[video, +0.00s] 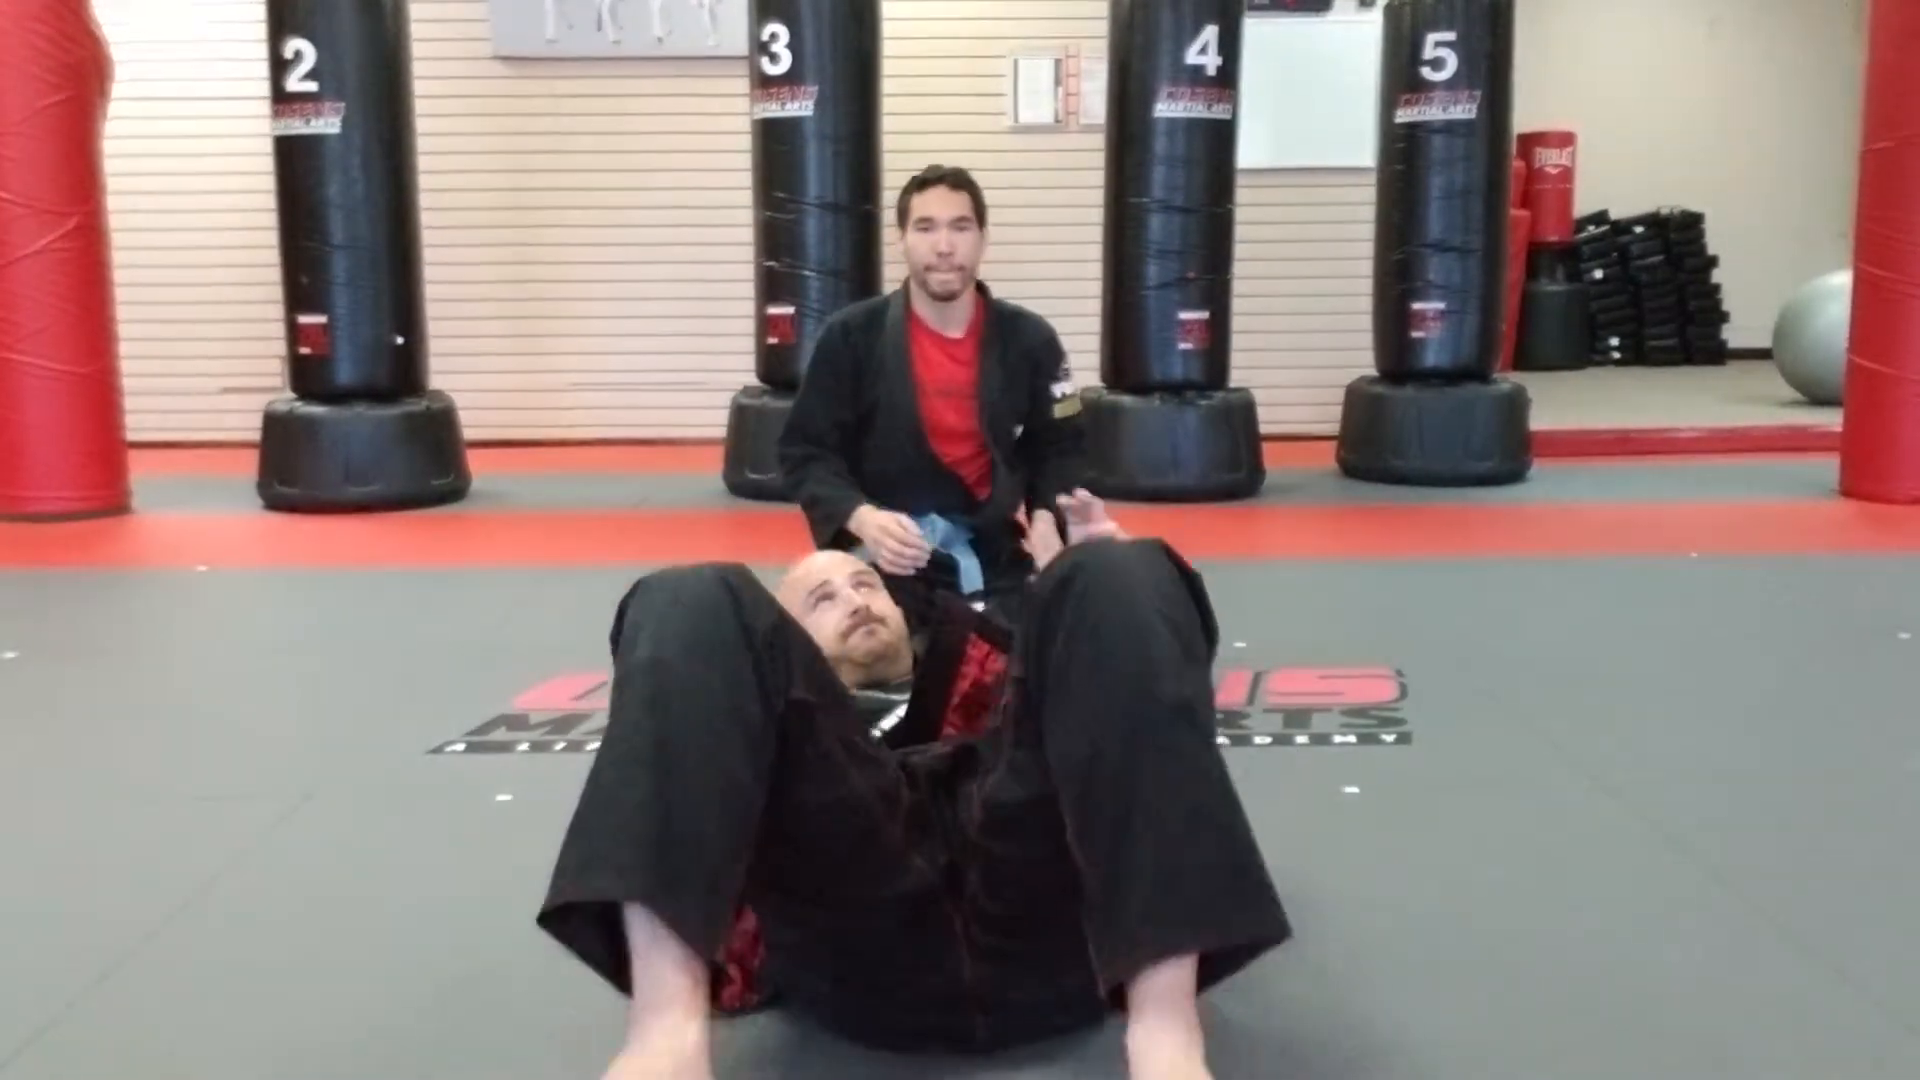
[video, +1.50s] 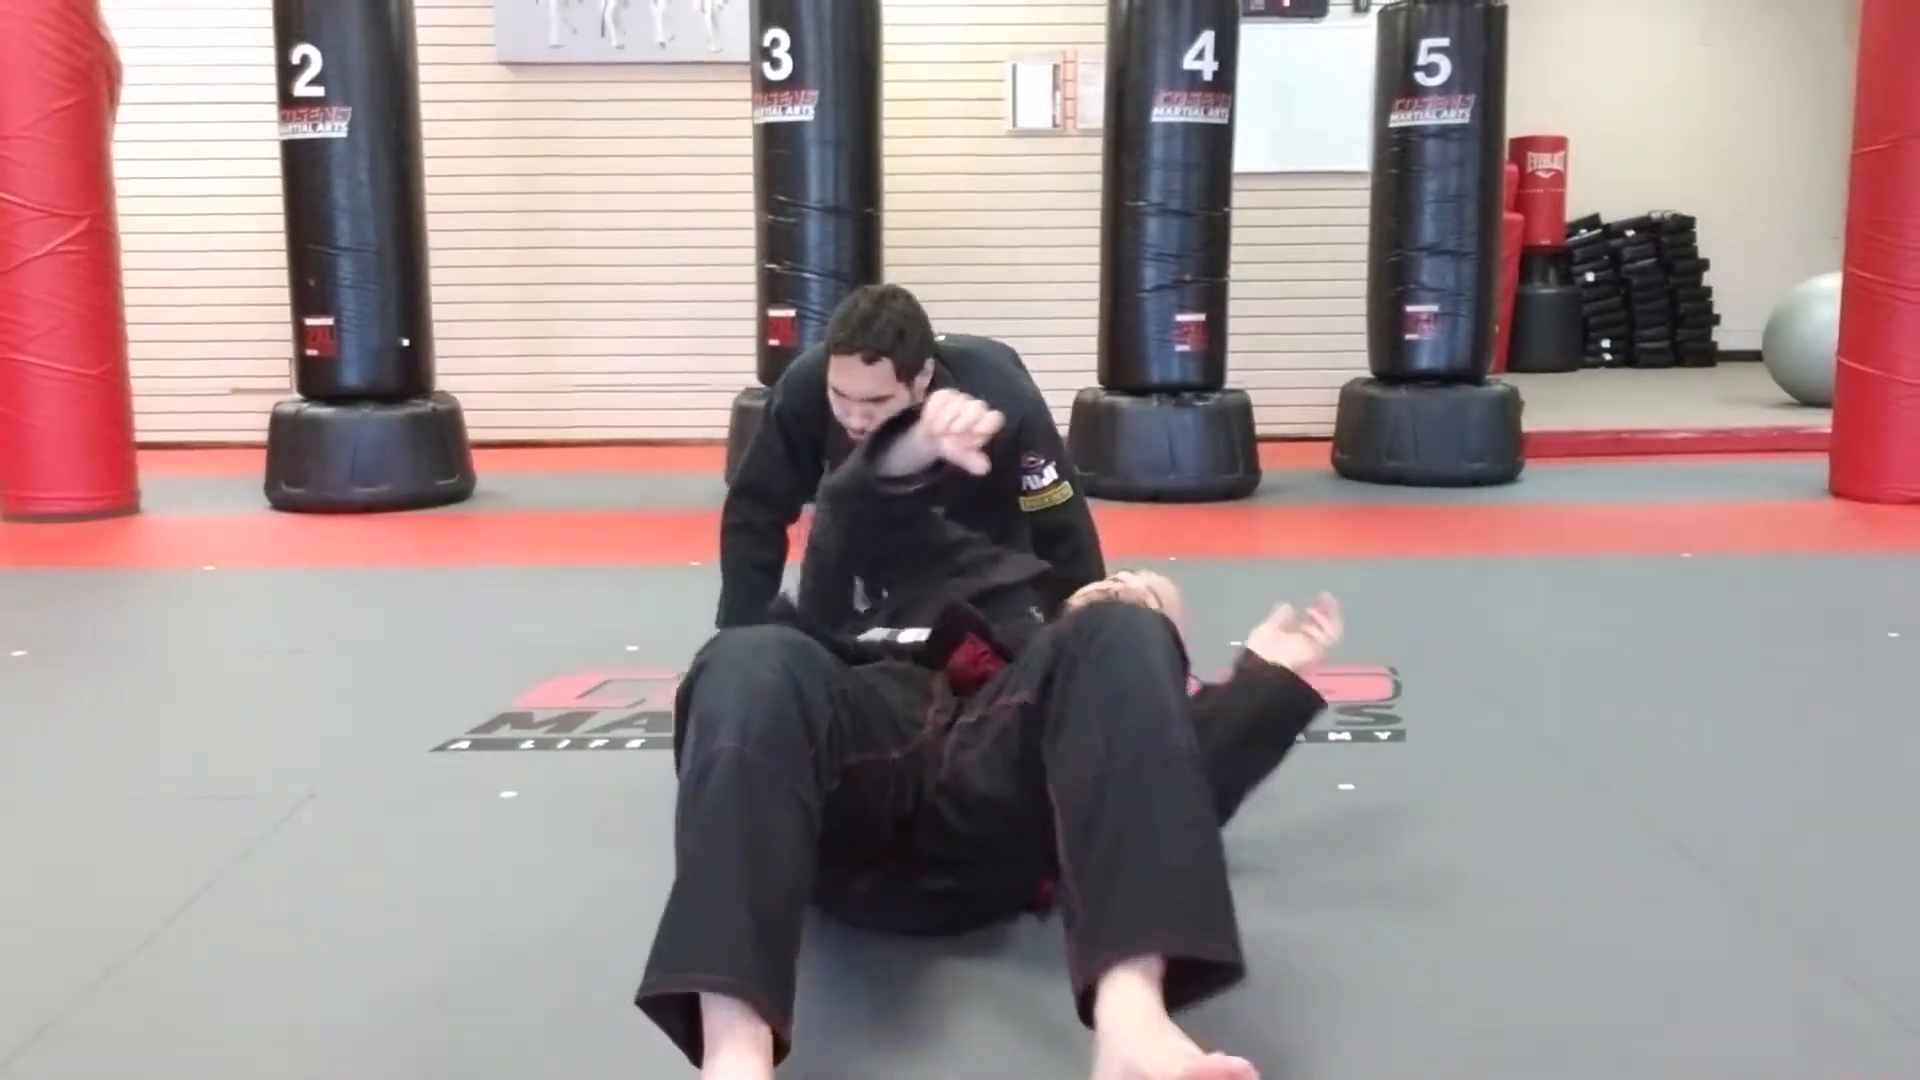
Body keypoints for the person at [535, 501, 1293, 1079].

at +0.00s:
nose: (847, 596)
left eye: (855, 581)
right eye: (818, 603)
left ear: (903, 593)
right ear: (798, 663)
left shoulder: (1024, 661)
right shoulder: (795, 736)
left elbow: (1176, 659)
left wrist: (1097, 575)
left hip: (1061, 959)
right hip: (863, 976)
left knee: (1119, 571)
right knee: (681, 598)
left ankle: (1167, 1027)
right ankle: (667, 1026)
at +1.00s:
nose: (909, 634)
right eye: (895, 626)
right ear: (867, 638)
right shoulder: (816, 700)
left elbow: (1217, 720)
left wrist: (1208, 596)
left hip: (1055, 886)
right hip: (855, 888)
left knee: (1192, 607)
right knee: (677, 620)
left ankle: (1173, 1049)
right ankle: (737, 1048)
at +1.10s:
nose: (962, 617)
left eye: (986, 611)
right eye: (935, 612)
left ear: (1025, 643)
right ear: (898, 630)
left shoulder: (1079, 714)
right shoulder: (832, 682)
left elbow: (1225, 779)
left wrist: (1253, 634)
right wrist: (1053, 483)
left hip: (1050, 893)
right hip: (857, 882)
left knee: (1204, 614)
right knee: (688, 619)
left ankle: (1177, 1056)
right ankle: (739, 1052)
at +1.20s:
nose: (1038, 608)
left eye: (1061, 614)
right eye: (1023, 603)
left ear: (1091, 666)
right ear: (987, 621)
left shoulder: (1100, 721)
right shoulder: (893, 646)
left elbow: (1242, 804)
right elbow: (920, 495)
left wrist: (1286, 669)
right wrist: (1087, 431)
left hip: (1052, 836)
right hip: (861, 824)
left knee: (1203, 623)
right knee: (703, 619)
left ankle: (1179, 1055)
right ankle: (739, 1050)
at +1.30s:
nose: (1097, 597)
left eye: (1114, 602)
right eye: (1083, 589)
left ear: (1130, 649)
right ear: (1043, 601)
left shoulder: (1116, 712)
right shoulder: (948, 610)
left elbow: (1235, 818)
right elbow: (927, 472)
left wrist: (1304, 703)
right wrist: (1065, 400)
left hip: (1044, 805)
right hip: (872, 762)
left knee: (1191, 643)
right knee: (729, 625)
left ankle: (1183, 1055)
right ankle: (744, 1049)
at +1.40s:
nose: (1127, 595)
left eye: (1147, 607)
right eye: (1124, 583)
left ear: (1134, 654)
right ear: (1083, 580)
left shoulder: (1116, 705)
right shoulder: (997, 573)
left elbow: (1193, 833)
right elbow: (900, 476)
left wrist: (1294, 721)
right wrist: (995, 419)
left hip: (1022, 782)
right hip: (879, 722)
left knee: (1165, 655)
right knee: (750, 641)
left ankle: (1178, 1050)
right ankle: (742, 1050)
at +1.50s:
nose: (1129, 590)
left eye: (1154, 601)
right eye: (1125, 582)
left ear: (1185, 661)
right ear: (1075, 595)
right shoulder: (986, 593)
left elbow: (1176, 799)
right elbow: (855, 511)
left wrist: (1263, 682)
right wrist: (915, 448)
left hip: (1013, 792)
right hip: (862, 741)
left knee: (1128, 628)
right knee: (748, 660)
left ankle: (1131, 1016)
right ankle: (734, 1046)